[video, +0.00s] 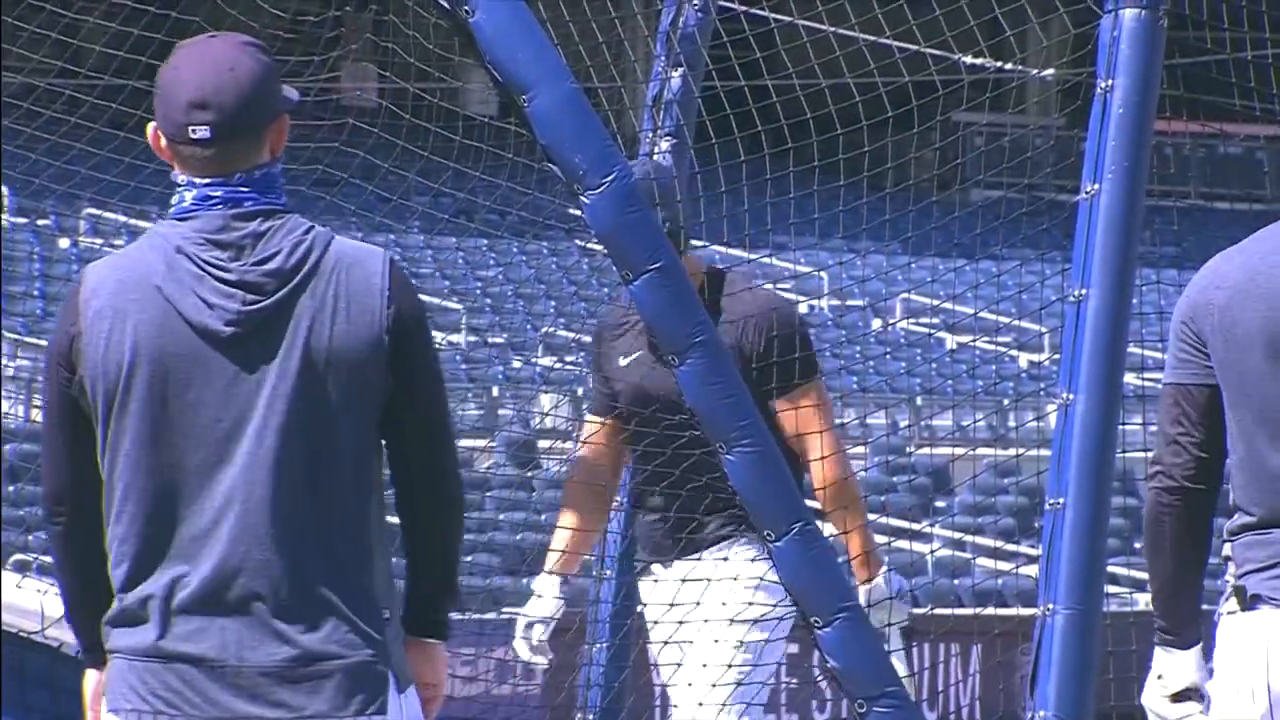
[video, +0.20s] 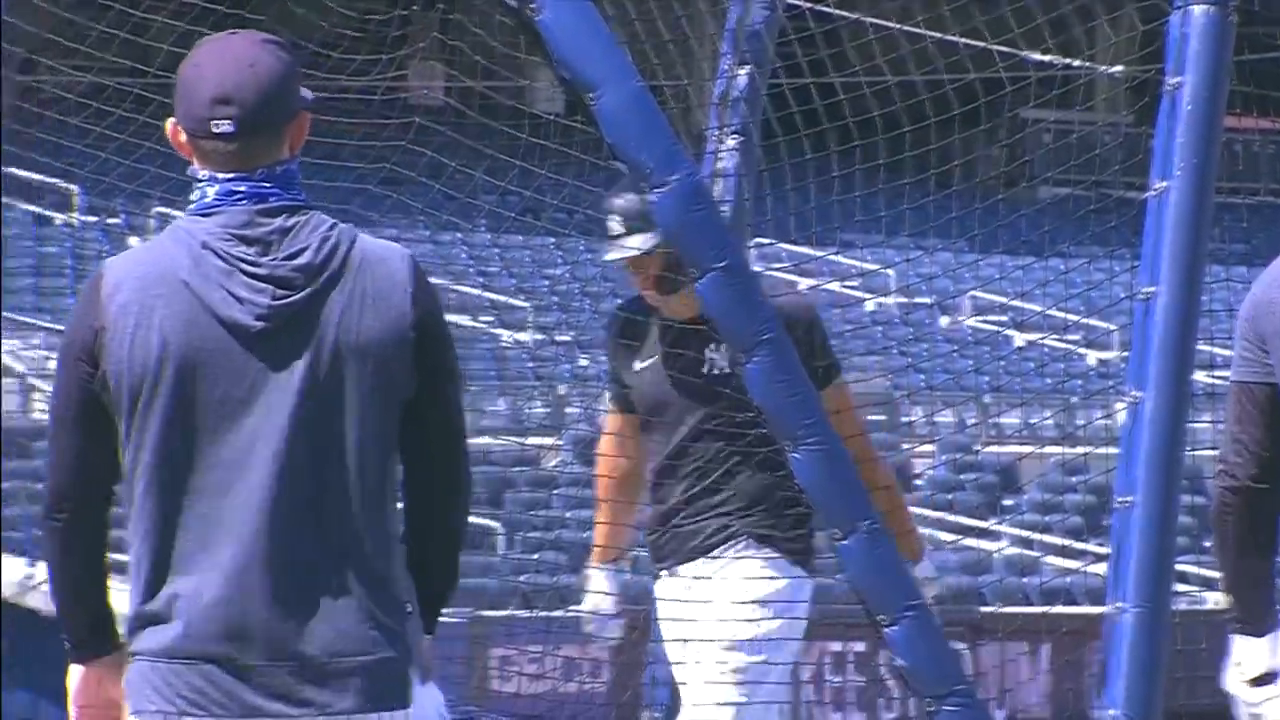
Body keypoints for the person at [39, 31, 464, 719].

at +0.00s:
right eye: (286, 115)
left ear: (158, 145)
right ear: (280, 135)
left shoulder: (100, 295)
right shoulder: (371, 283)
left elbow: (69, 503)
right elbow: (430, 479)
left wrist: (99, 650)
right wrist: (428, 629)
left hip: (159, 683)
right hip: (339, 680)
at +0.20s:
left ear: (178, 140)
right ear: (302, 131)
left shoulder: (120, 291)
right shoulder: (394, 279)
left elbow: (71, 500)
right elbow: (441, 481)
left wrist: (93, 650)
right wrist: (413, 625)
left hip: (184, 678)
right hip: (363, 681)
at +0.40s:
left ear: (290, 130)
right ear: (413, 125)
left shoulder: (237, 281)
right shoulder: (500, 271)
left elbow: (173, 490)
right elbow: (543, 466)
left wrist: (166, 648)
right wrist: (507, 592)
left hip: (306, 675)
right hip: (478, 676)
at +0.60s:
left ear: (290, 122)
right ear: (414, 128)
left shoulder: (247, 274)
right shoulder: (498, 278)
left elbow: (181, 486)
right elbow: (528, 482)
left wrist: (157, 653)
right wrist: (487, 595)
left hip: (315, 669)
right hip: (473, 666)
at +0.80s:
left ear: (259, 120)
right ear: (385, 129)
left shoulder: (225, 270)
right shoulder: (461, 278)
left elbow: (170, 483)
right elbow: (482, 484)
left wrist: (149, 660)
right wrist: (445, 625)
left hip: (286, 664)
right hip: (434, 664)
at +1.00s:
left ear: (216, 116)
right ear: (341, 132)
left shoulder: (192, 268)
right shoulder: (408, 282)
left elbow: (139, 485)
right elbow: (420, 484)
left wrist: (114, 663)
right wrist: (378, 619)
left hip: (243, 670)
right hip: (384, 669)